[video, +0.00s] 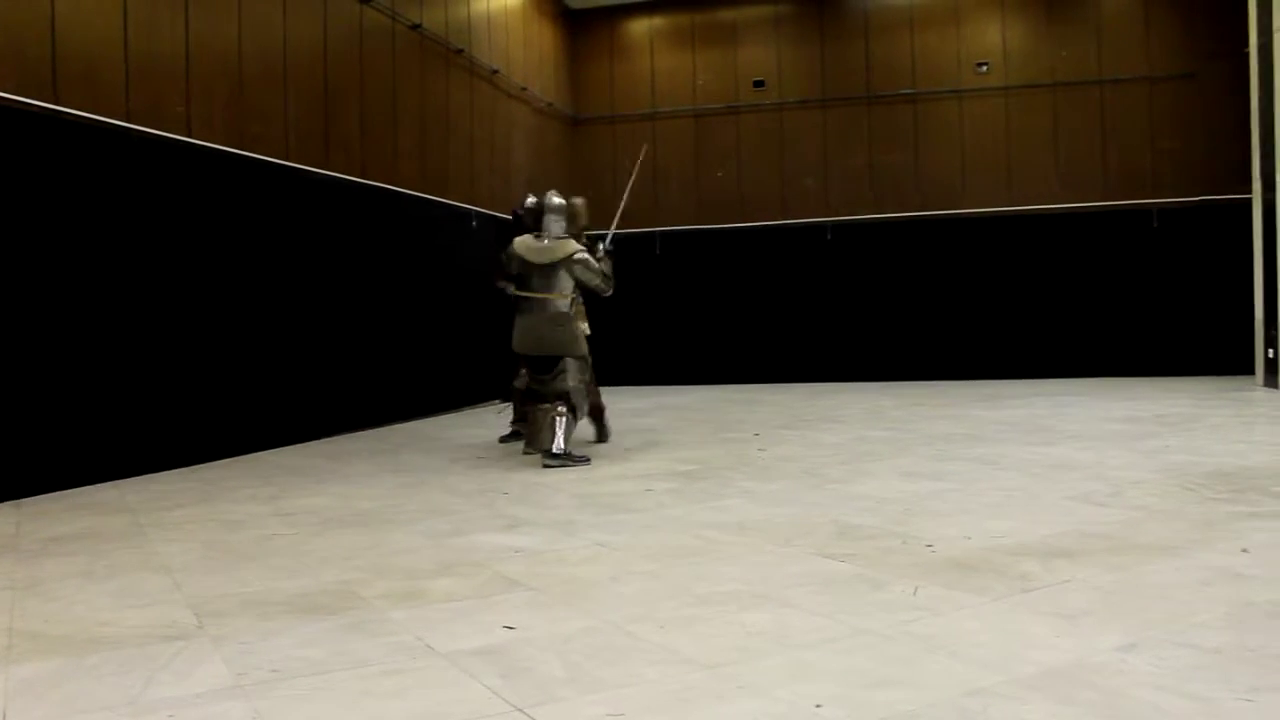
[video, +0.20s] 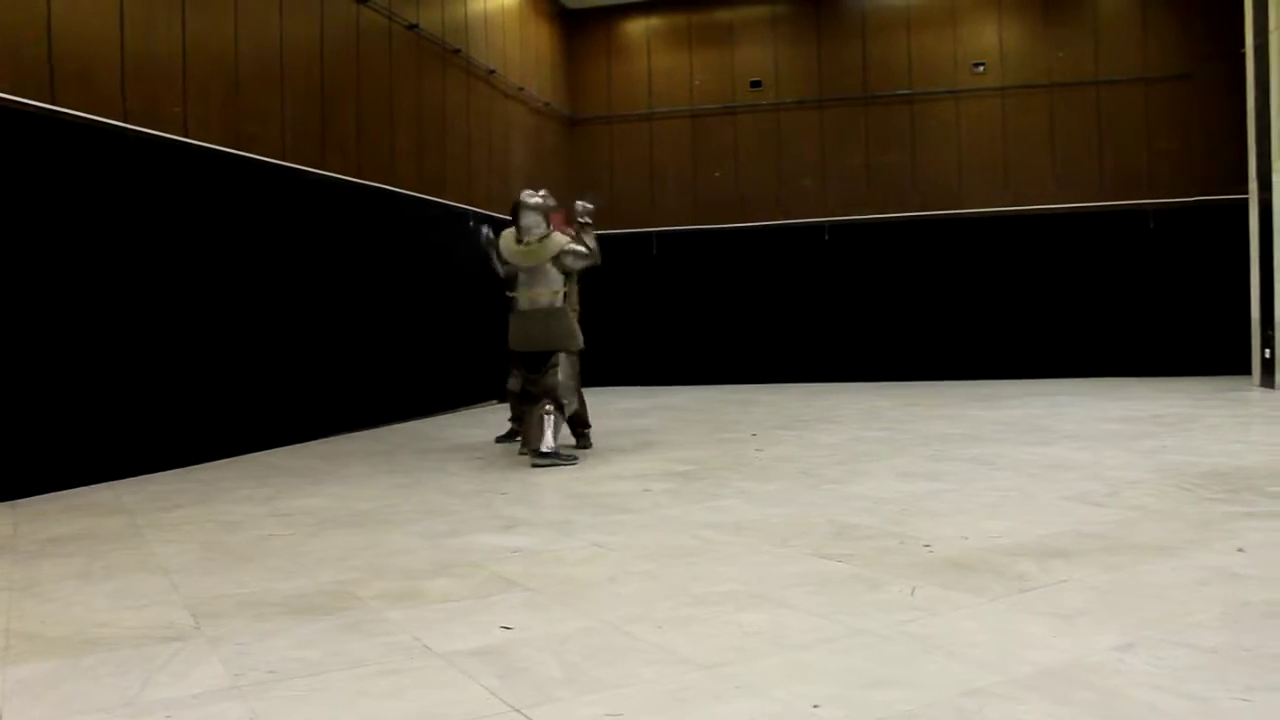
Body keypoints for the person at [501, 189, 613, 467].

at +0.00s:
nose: (561, 223)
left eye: (553, 218)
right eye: (564, 219)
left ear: (542, 218)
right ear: (568, 220)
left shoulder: (520, 249)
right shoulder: (571, 253)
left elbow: (505, 274)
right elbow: (603, 285)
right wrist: (603, 257)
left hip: (528, 331)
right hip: (561, 331)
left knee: (537, 380)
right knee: (573, 387)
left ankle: (534, 439)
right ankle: (558, 448)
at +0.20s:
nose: (530, 225)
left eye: (535, 219)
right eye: (527, 219)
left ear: (545, 221)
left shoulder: (509, 248)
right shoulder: (558, 248)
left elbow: (504, 271)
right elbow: (591, 256)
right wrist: (585, 227)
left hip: (523, 326)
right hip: (553, 325)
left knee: (527, 382)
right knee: (559, 383)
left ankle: (528, 438)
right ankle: (545, 445)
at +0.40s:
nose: (547, 203)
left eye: (541, 200)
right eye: (549, 198)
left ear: (524, 204)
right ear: (554, 202)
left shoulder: (510, 234)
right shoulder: (565, 231)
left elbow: (505, 259)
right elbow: (595, 250)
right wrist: (574, 210)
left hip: (523, 315)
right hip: (561, 315)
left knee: (524, 375)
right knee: (573, 372)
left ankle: (523, 439)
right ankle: (548, 445)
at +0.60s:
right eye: (559, 206)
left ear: (533, 209)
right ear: (562, 208)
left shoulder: (514, 240)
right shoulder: (575, 241)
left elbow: (490, 255)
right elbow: (603, 257)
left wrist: (493, 241)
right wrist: (584, 235)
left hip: (526, 324)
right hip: (566, 325)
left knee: (529, 382)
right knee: (585, 379)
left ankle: (524, 444)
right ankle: (571, 432)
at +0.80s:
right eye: (570, 201)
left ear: (544, 199)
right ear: (571, 202)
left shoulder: (522, 229)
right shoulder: (581, 235)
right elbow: (608, 260)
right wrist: (603, 238)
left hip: (526, 318)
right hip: (567, 321)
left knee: (521, 385)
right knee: (581, 386)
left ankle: (512, 449)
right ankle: (565, 449)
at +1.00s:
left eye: (529, 194)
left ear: (524, 194)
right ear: (555, 196)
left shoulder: (506, 225)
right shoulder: (567, 235)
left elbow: (481, 264)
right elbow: (577, 275)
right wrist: (583, 250)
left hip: (510, 319)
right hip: (551, 320)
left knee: (506, 378)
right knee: (547, 388)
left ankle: (510, 430)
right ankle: (538, 455)